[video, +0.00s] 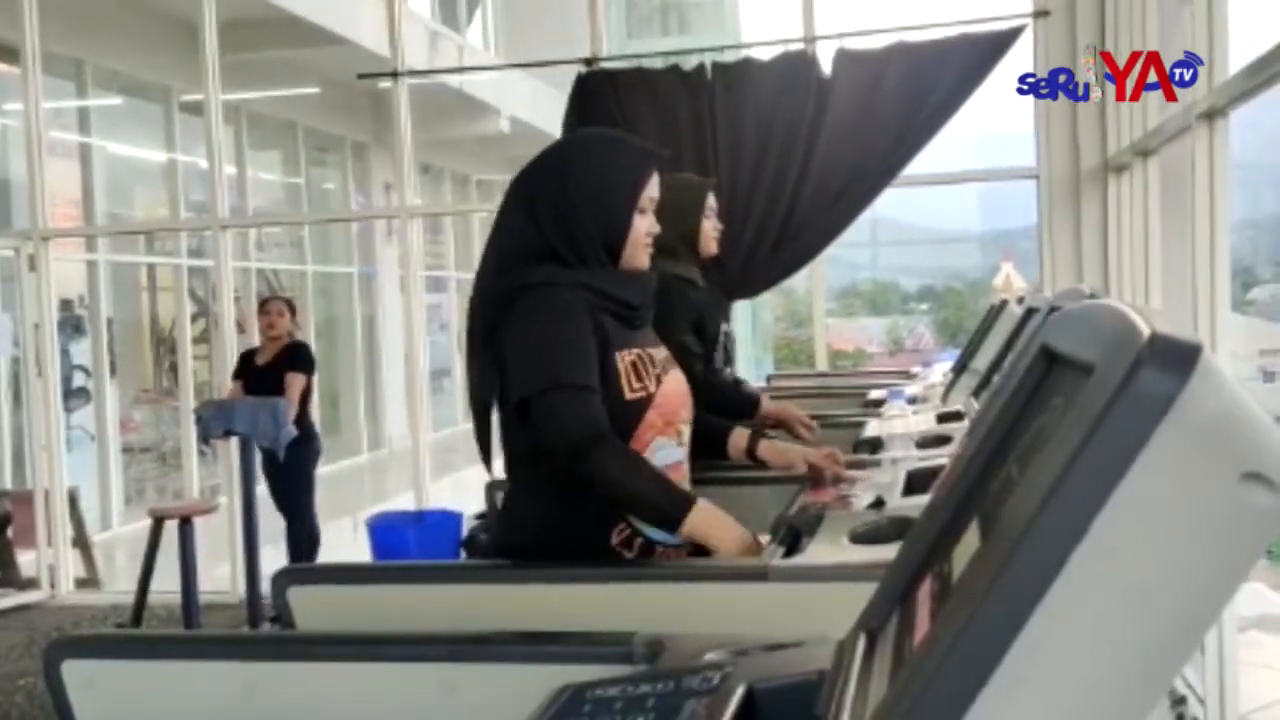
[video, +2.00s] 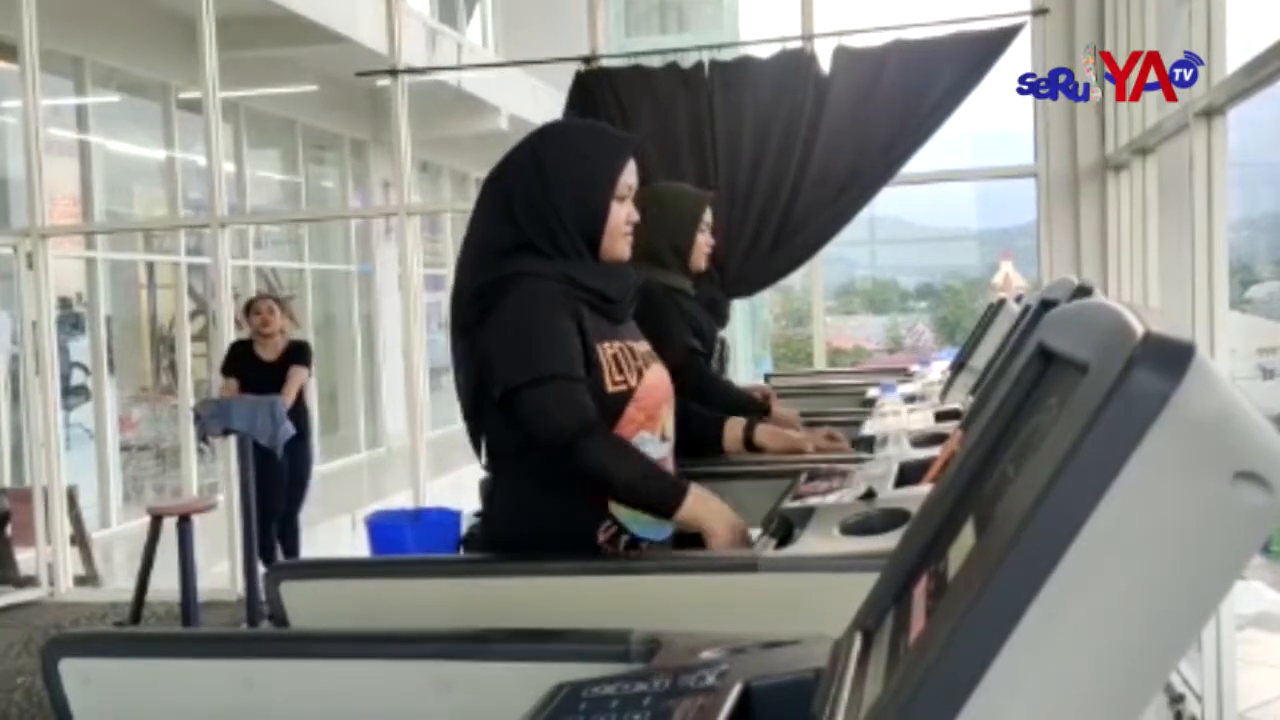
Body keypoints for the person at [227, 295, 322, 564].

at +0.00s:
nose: (272, 319)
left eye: (279, 314)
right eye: (266, 314)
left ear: (291, 321)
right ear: (259, 320)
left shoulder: (298, 351)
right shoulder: (248, 358)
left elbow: (293, 395)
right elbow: (235, 396)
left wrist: (282, 428)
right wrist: (218, 420)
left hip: (299, 436)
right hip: (267, 439)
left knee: (300, 509)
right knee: (289, 510)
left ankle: (302, 572)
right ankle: (299, 571)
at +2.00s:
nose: (264, 318)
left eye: (270, 312)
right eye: (257, 314)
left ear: (282, 317)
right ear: (248, 321)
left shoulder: (298, 350)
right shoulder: (239, 350)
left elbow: (291, 389)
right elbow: (229, 393)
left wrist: (273, 418)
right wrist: (242, 417)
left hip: (293, 431)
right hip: (254, 431)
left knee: (288, 506)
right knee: (262, 504)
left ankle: (292, 568)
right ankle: (269, 567)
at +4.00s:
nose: (245, 327)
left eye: (251, 321)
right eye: (242, 322)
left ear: (271, 324)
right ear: (238, 327)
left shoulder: (291, 361)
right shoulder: (230, 362)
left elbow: (283, 403)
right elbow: (218, 404)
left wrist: (263, 432)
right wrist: (210, 429)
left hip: (286, 444)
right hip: (247, 445)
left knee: (286, 513)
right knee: (257, 517)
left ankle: (293, 574)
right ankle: (261, 577)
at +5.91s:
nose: (253, 322)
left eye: (261, 316)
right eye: (249, 316)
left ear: (276, 322)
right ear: (243, 322)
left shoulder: (282, 352)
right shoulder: (237, 356)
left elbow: (280, 392)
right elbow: (223, 393)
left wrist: (271, 426)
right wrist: (207, 417)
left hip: (281, 429)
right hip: (253, 432)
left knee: (282, 493)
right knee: (268, 497)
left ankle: (293, 548)